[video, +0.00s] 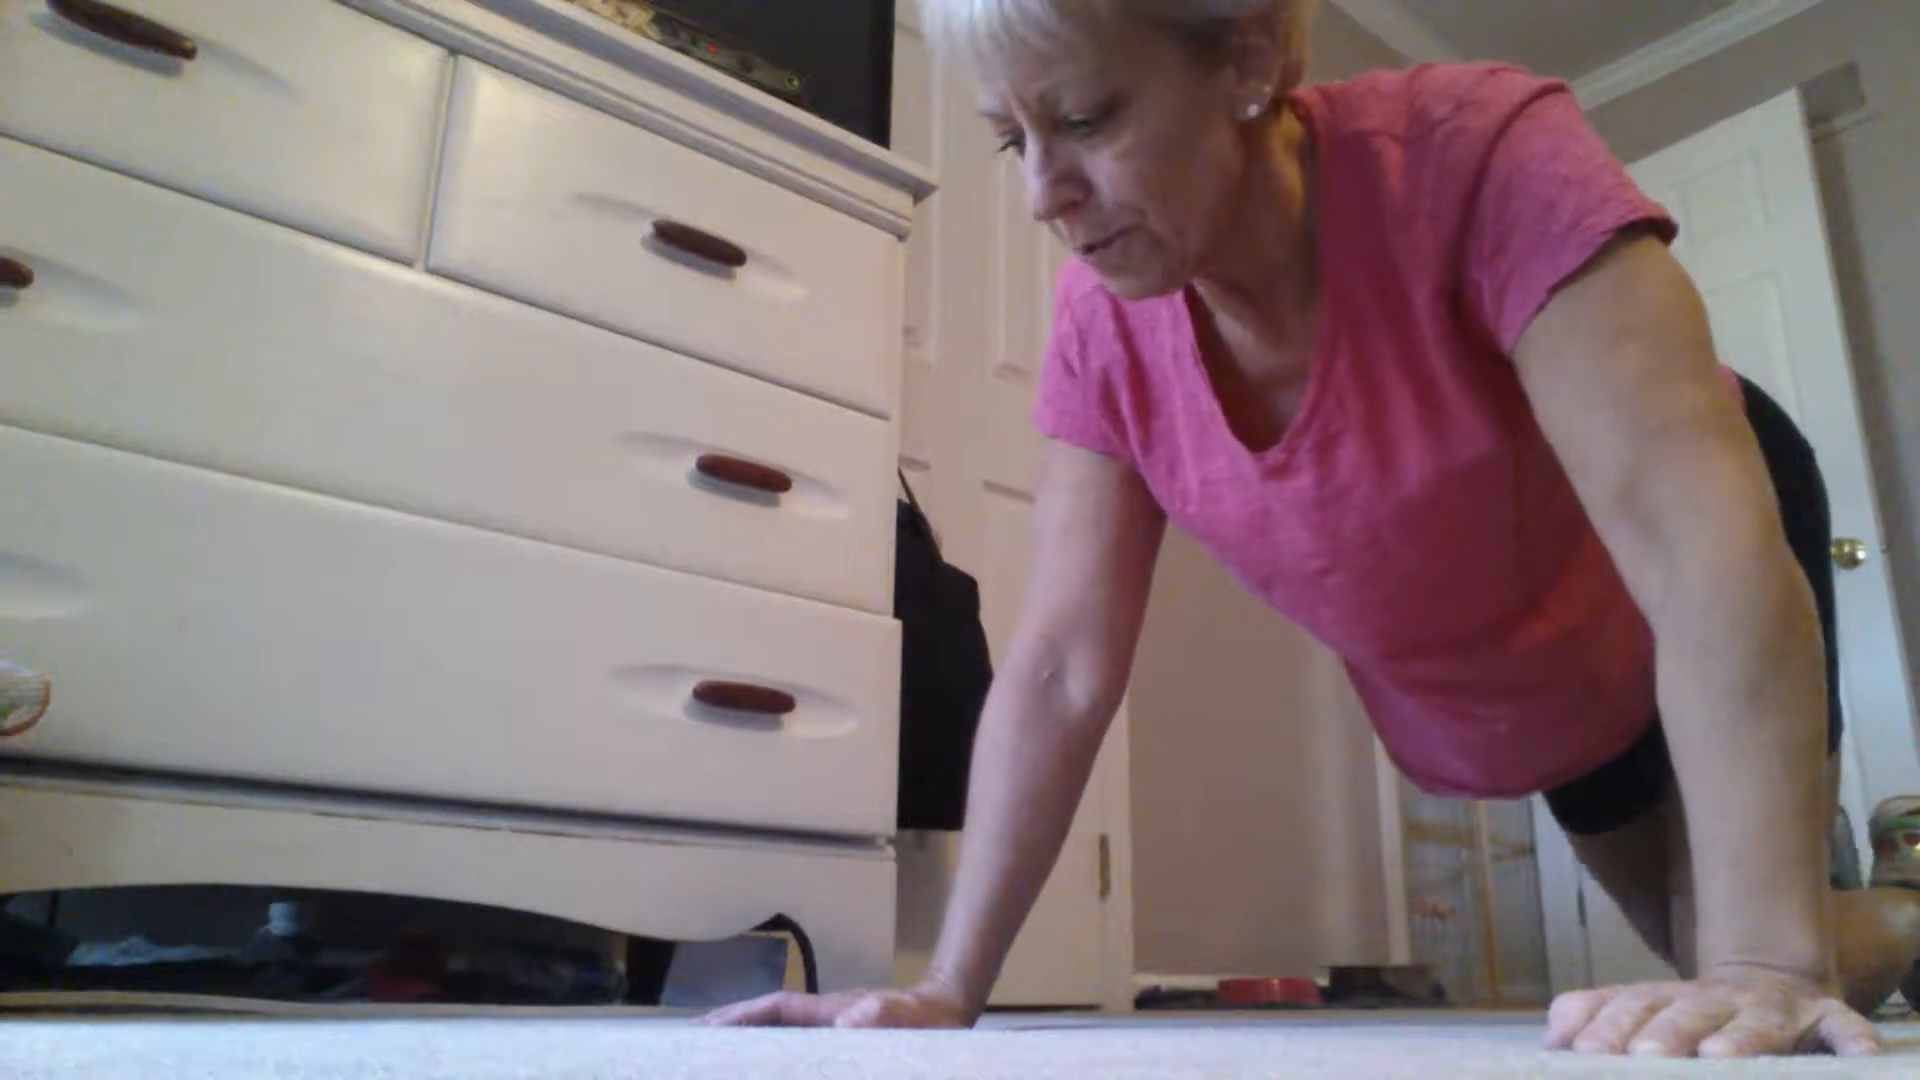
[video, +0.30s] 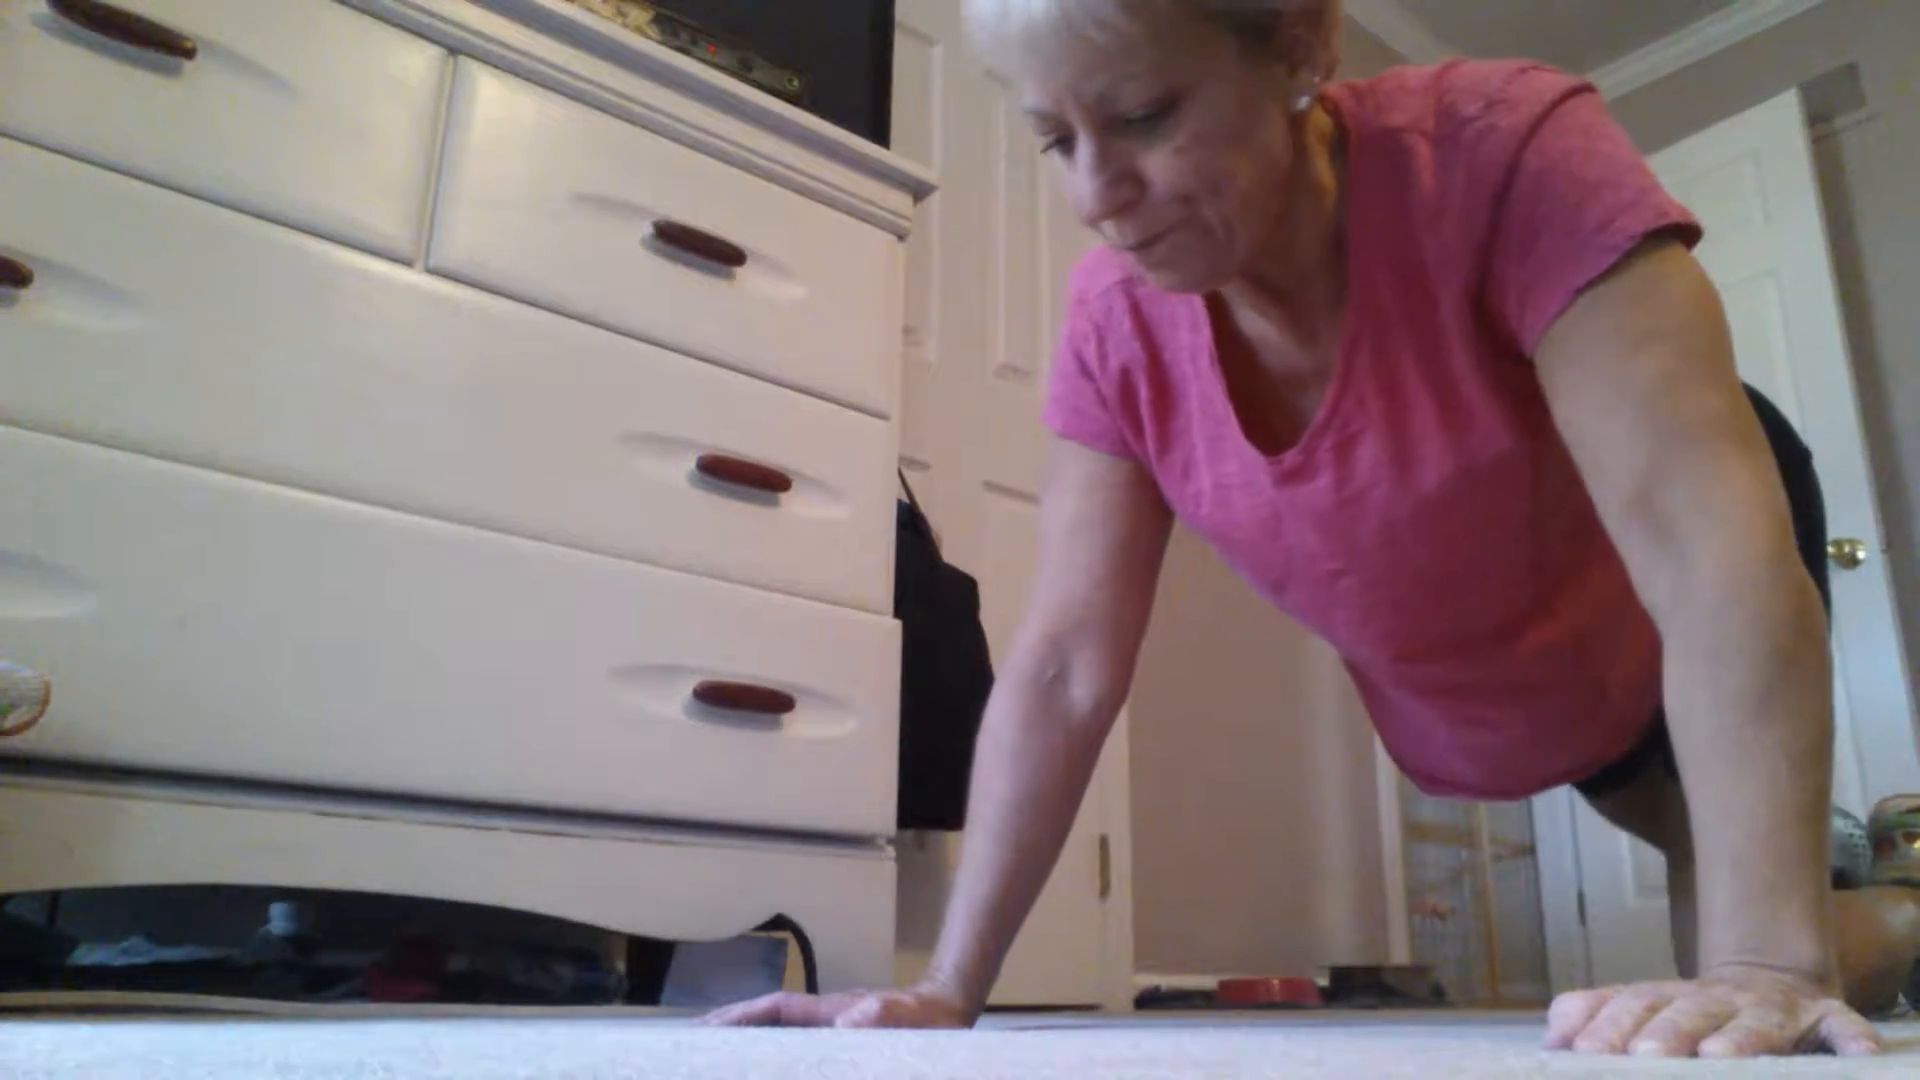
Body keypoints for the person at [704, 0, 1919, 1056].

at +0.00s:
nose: (1047, 194)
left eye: (1085, 125)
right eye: (1014, 141)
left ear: (1249, 63)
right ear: (995, 133)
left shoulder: (1484, 154)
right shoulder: (1105, 313)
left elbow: (1699, 516)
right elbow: (1057, 671)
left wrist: (1764, 970)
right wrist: (949, 983)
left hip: (1697, 566)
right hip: (1534, 692)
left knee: (1791, 947)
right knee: (1730, 970)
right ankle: (1895, 931)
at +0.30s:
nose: (1099, 195)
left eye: (1145, 120)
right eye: (1057, 139)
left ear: (1300, 58)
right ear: (1029, 122)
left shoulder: (1510, 153)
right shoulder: (1120, 317)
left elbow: (1706, 516)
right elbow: (1060, 672)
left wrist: (1767, 966)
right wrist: (950, 983)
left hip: (1694, 583)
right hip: (1529, 694)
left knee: (1784, 920)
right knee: (1691, 843)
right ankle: (1867, 925)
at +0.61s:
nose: (1225, 149)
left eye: (1272, 69)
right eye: (1166, 101)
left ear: (1388, 41)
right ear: (1130, 111)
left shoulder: (1565, 130)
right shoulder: (1161, 311)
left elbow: (1722, 519)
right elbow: (1078, 684)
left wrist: (1769, 965)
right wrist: (953, 981)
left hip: (1723, 568)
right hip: (1553, 665)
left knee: (1776, 916)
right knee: (1703, 837)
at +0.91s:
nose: (1382, 116)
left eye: (1432, 45)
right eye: (1313, 62)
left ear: (1500, 33)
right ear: (1222, 71)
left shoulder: (1625, 131)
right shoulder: (1196, 302)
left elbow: (1736, 518)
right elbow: (1092, 676)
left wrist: (1770, 965)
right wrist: (953, 980)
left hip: (1751, 578)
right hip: (1556, 678)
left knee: (1777, 932)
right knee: (1765, 925)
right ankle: (1876, 922)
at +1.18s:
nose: (1472, 102)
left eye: (1513, 28)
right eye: (1397, 46)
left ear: (1563, 25)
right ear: (1286, 61)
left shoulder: (1665, 131)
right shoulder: (1219, 299)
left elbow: (1756, 519)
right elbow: (1099, 675)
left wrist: (1772, 962)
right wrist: (954, 980)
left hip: (1762, 594)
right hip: (1562, 702)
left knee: (1779, 937)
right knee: (1742, 946)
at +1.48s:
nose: (1429, 81)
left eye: (1470, 18)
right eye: (1358, 29)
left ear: (1526, 26)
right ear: (1251, 62)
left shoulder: (1640, 132)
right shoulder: (1207, 303)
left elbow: (1746, 523)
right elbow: (1095, 677)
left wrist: (1771, 967)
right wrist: (954, 981)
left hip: (1750, 587)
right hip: (1554, 693)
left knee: (1785, 932)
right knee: (1763, 928)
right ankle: (1870, 916)